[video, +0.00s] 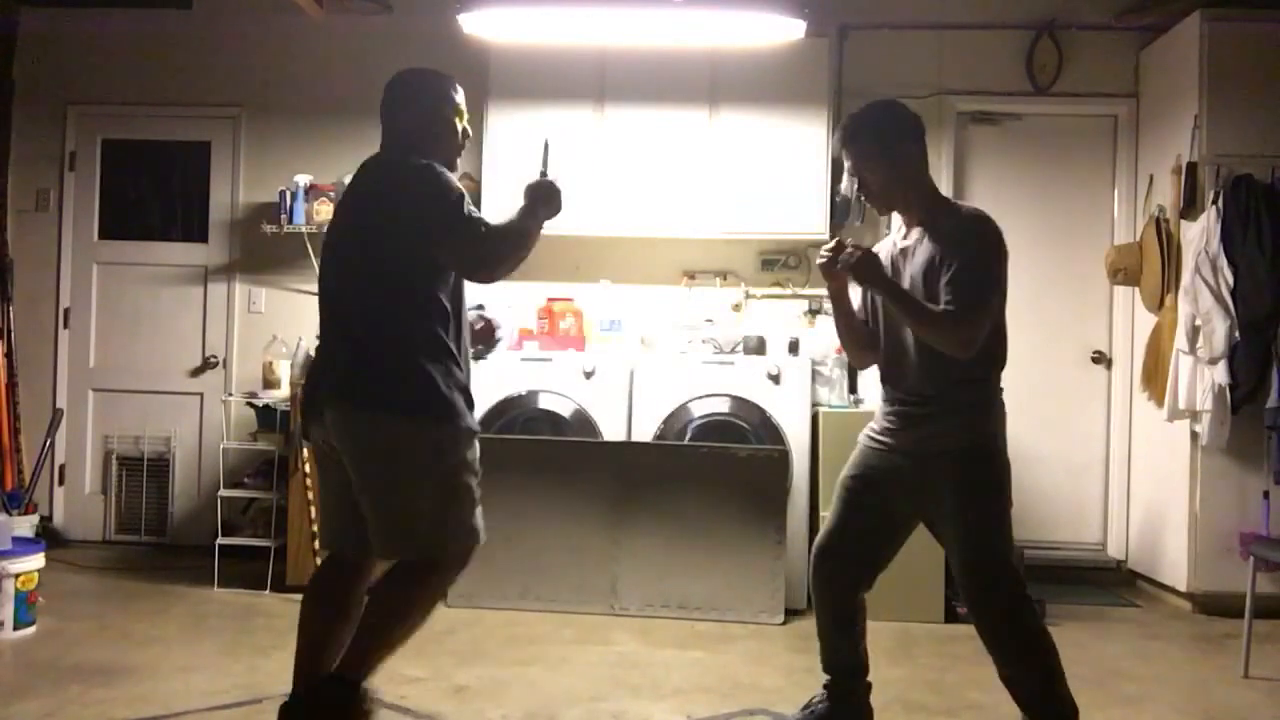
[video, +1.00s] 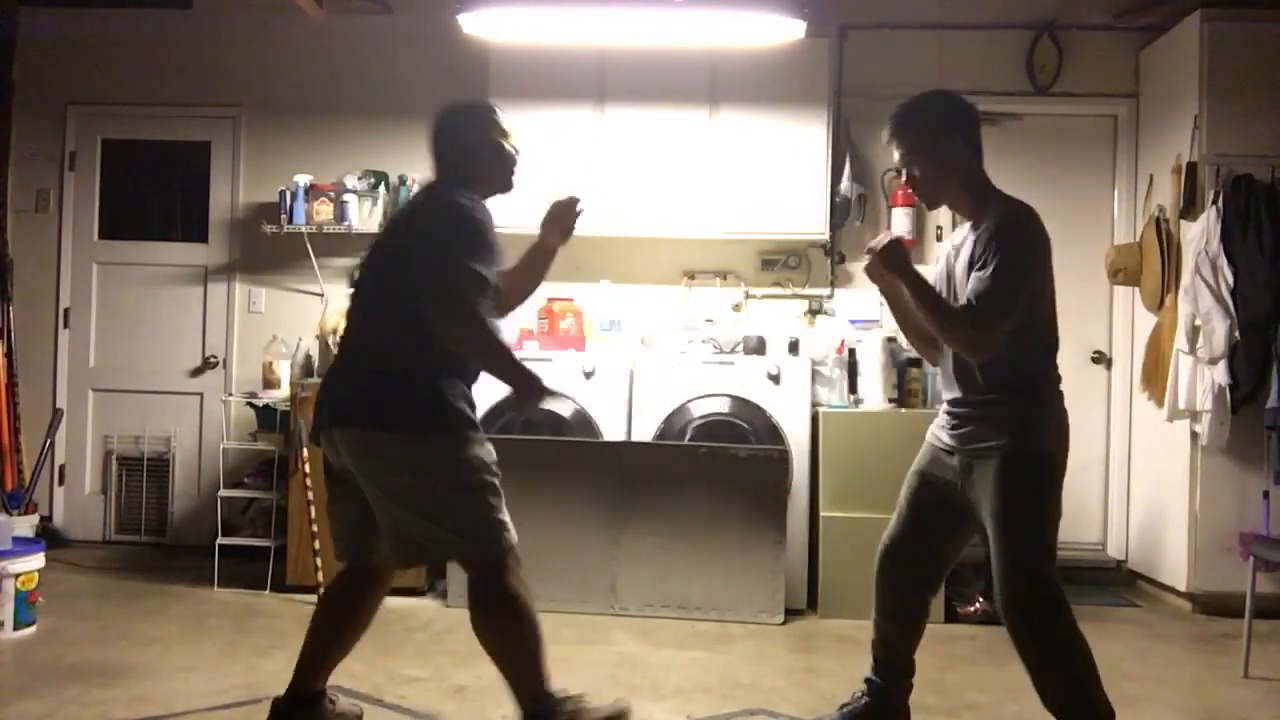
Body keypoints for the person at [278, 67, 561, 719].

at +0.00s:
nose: (467, 128)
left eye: (466, 117)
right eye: (456, 114)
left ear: (393, 121)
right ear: (419, 118)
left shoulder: (362, 190)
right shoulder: (424, 183)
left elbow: (377, 312)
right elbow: (486, 257)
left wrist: (458, 335)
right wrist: (534, 213)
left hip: (337, 395)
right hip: (406, 398)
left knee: (349, 553)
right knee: (447, 544)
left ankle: (306, 700)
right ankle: (342, 687)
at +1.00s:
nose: (516, 150)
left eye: (509, 138)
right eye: (503, 139)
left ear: (456, 153)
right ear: (469, 149)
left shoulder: (419, 212)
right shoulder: (457, 213)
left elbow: (496, 299)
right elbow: (456, 318)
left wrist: (549, 241)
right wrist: (528, 384)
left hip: (351, 413)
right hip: (418, 414)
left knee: (370, 564)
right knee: (494, 558)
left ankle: (301, 697)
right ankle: (540, 705)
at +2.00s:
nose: (567, 117)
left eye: (562, 106)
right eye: (554, 106)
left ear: (505, 123)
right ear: (518, 119)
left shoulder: (477, 187)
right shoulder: (512, 187)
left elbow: (559, 264)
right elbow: (505, 270)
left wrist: (610, 227)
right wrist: (595, 321)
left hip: (428, 401)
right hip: (496, 405)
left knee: (417, 556)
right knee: (555, 555)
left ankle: (367, 701)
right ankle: (576, 706)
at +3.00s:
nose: (505, 126)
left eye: (502, 111)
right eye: (493, 110)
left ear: (446, 117)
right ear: (450, 115)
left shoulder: (434, 185)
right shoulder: (428, 180)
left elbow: (432, 291)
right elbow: (421, 279)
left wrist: (517, 320)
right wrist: (521, 312)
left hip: (396, 405)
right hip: (439, 407)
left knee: (398, 556)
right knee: (505, 543)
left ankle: (347, 701)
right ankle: (491, 702)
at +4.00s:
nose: (614, 135)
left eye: (614, 123)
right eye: (610, 122)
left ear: (541, 119)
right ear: (592, 122)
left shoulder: (486, 181)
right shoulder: (601, 186)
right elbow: (693, 214)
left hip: (440, 398)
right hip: (535, 406)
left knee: (450, 556)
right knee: (563, 562)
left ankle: (413, 699)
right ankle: (550, 711)